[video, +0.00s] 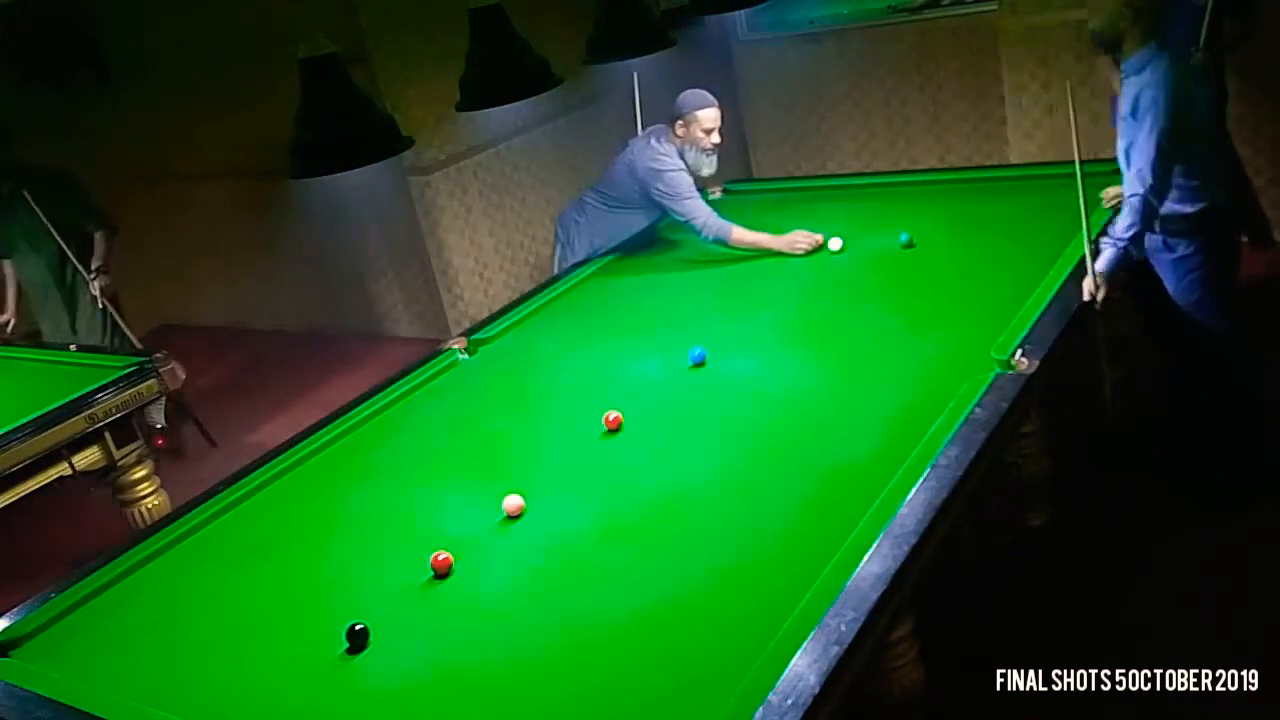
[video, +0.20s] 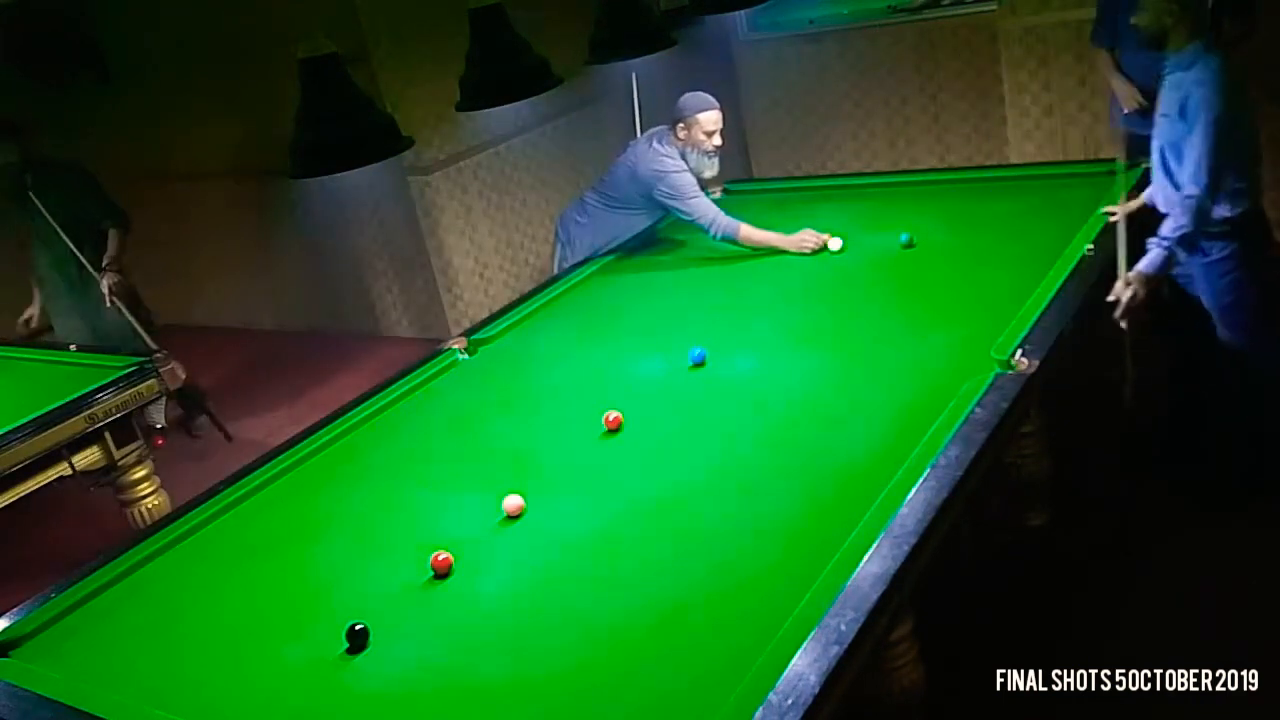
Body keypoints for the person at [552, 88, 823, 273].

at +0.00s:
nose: (716, 141)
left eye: (718, 131)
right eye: (708, 132)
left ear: (683, 129)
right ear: (680, 130)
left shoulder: (670, 136)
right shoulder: (661, 163)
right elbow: (709, 226)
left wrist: (701, 185)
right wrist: (778, 242)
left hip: (625, 232)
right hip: (586, 239)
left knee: (614, 311)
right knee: (577, 318)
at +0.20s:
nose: (717, 142)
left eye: (719, 133)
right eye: (709, 134)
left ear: (685, 131)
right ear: (681, 132)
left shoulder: (676, 138)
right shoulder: (663, 166)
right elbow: (718, 224)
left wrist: (705, 184)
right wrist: (786, 241)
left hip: (628, 231)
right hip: (586, 239)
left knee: (621, 311)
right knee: (580, 319)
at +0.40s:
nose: (716, 142)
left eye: (719, 133)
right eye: (708, 134)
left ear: (684, 130)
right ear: (680, 132)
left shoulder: (669, 136)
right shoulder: (663, 166)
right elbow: (718, 224)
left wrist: (700, 184)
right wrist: (786, 241)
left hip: (626, 231)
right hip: (586, 240)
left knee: (617, 311)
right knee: (579, 318)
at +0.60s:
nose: (716, 141)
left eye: (718, 132)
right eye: (707, 133)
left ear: (684, 130)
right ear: (680, 132)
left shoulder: (671, 136)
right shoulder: (664, 166)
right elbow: (718, 222)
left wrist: (703, 182)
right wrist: (788, 241)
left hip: (626, 231)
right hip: (586, 239)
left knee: (616, 310)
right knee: (578, 317)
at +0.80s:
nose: (716, 140)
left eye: (718, 131)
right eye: (707, 132)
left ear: (684, 129)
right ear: (680, 131)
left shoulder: (671, 137)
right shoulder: (663, 166)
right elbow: (717, 222)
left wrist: (702, 183)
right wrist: (786, 241)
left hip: (627, 232)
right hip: (586, 240)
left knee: (617, 310)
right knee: (578, 318)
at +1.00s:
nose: (715, 138)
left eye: (716, 128)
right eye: (706, 129)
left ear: (680, 127)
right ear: (678, 128)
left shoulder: (663, 135)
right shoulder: (662, 164)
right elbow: (706, 226)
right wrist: (773, 243)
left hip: (623, 234)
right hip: (586, 241)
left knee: (610, 312)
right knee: (578, 320)